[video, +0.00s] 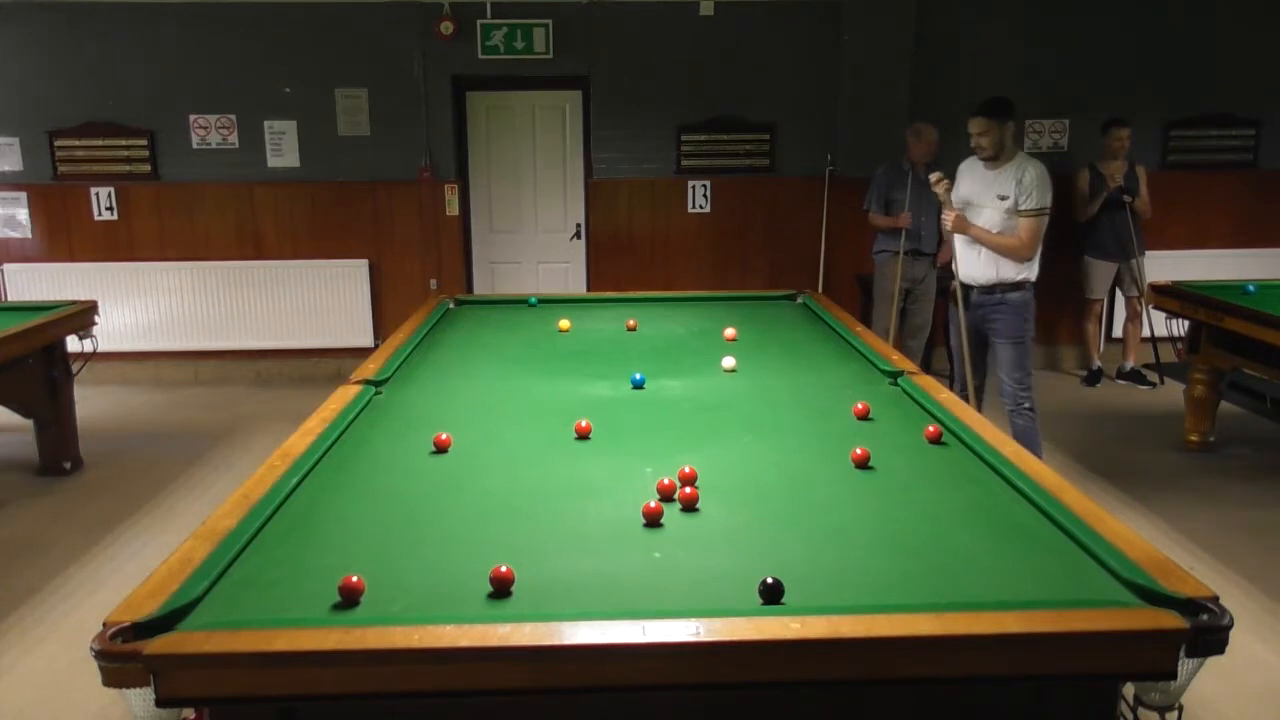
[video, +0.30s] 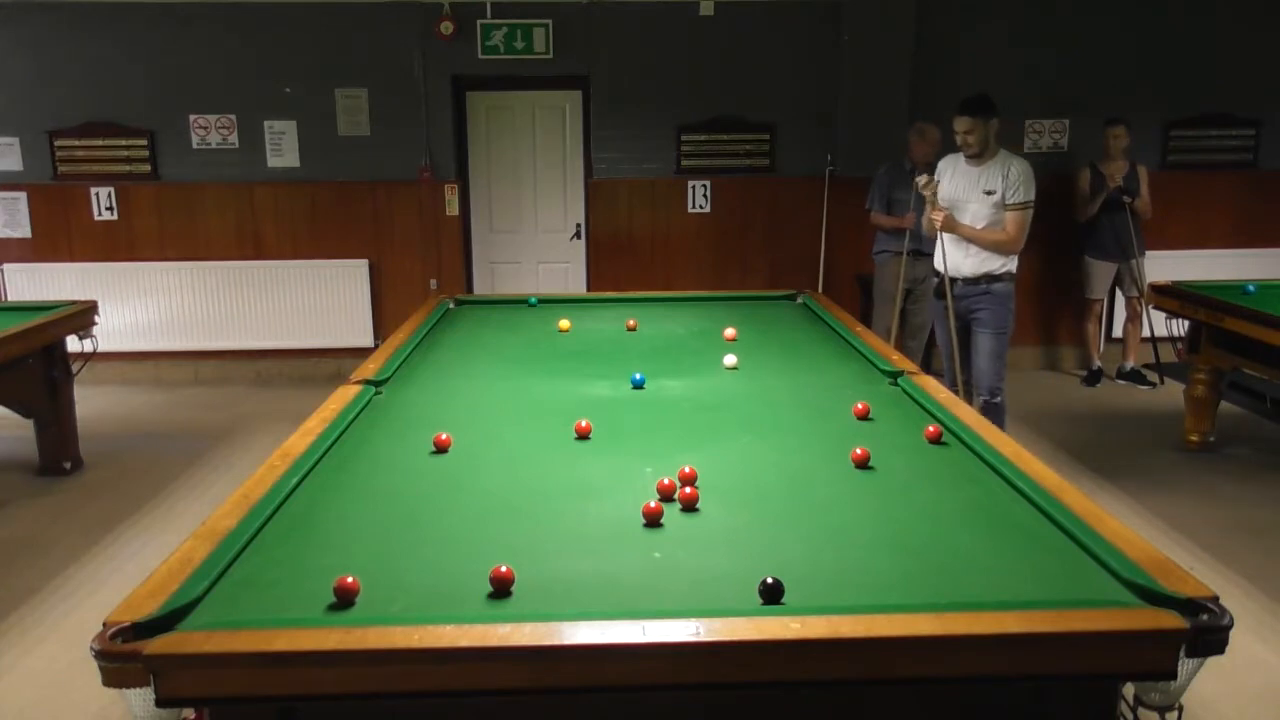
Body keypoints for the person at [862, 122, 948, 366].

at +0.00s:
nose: (930, 149)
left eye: (933, 144)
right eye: (925, 143)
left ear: (936, 147)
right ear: (910, 143)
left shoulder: (935, 179)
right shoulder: (888, 173)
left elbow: (946, 216)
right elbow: (873, 217)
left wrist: (948, 244)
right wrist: (895, 222)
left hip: (926, 261)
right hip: (892, 259)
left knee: (918, 331)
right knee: (884, 326)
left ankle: (908, 386)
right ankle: (877, 383)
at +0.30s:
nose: (932, 152)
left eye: (935, 146)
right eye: (928, 146)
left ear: (938, 148)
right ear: (913, 143)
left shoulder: (937, 177)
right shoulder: (890, 173)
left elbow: (944, 218)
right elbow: (874, 216)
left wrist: (933, 221)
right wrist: (901, 222)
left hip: (927, 259)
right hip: (893, 257)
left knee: (918, 332)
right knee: (885, 326)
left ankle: (909, 386)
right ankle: (877, 381)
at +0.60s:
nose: (934, 153)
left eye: (936, 147)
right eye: (930, 146)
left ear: (937, 149)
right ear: (915, 143)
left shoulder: (934, 177)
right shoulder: (890, 172)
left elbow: (941, 216)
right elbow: (875, 217)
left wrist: (929, 225)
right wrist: (908, 222)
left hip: (922, 257)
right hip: (892, 256)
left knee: (917, 329)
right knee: (885, 325)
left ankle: (909, 384)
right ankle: (877, 380)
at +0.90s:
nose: (935, 153)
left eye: (938, 147)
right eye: (931, 146)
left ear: (940, 149)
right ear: (916, 143)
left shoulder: (938, 178)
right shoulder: (891, 173)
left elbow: (944, 218)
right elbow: (875, 217)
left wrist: (931, 231)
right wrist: (912, 227)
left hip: (926, 260)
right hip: (893, 258)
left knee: (917, 329)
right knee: (887, 327)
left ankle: (913, 386)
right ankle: (879, 383)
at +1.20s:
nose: (932, 151)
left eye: (935, 146)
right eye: (927, 145)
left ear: (939, 148)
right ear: (912, 145)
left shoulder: (938, 179)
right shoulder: (891, 174)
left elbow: (944, 219)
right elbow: (877, 217)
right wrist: (915, 227)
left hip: (925, 259)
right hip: (893, 257)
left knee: (917, 327)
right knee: (886, 325)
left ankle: (911, 386)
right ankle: (878, 382)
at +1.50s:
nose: (922, 150)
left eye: (927, 145)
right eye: (917, 145)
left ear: (932, 149)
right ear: (907, 146)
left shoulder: (938, 180)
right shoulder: (890, 174)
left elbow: (945, 218)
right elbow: (871, 217)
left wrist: (929, 245)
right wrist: (905, 240)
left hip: (925, 258)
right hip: (891, 256)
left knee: (918, 324)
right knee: (886, 322)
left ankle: (909, 382)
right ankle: (879, 378)